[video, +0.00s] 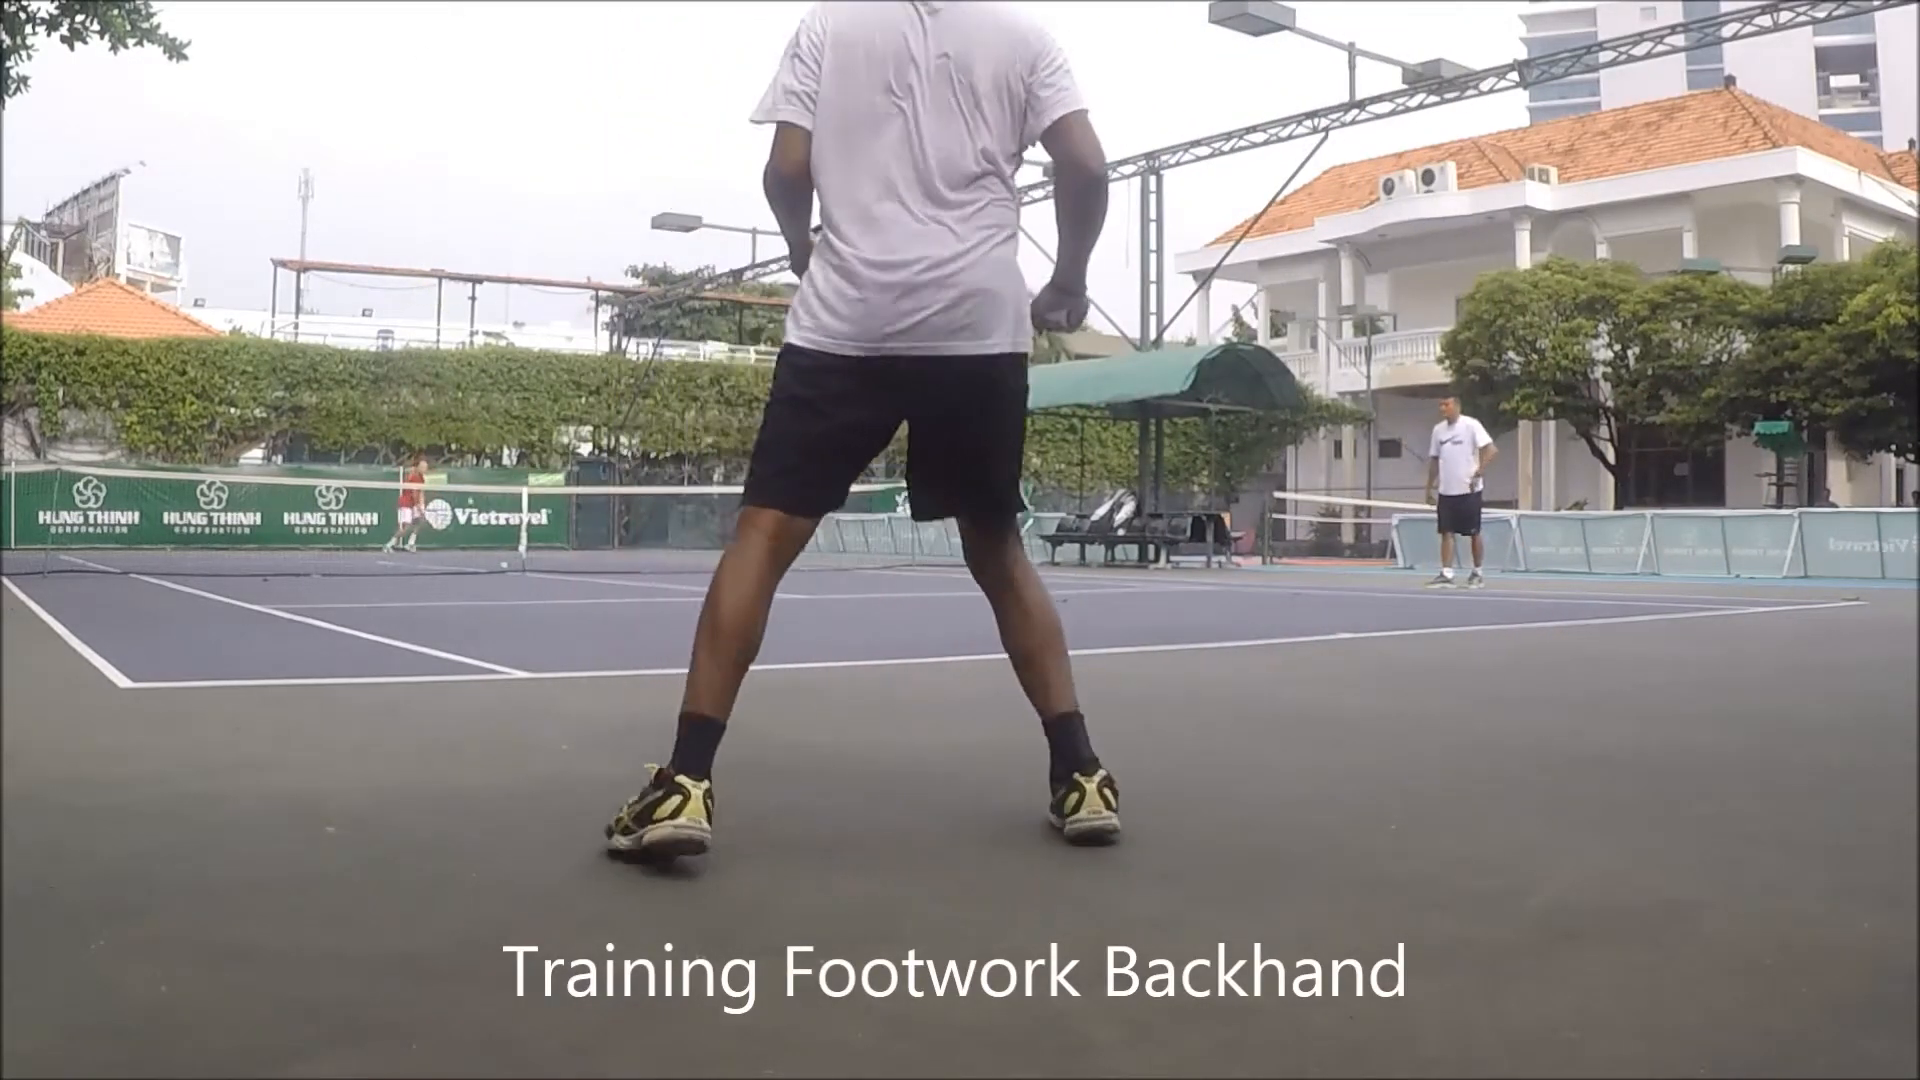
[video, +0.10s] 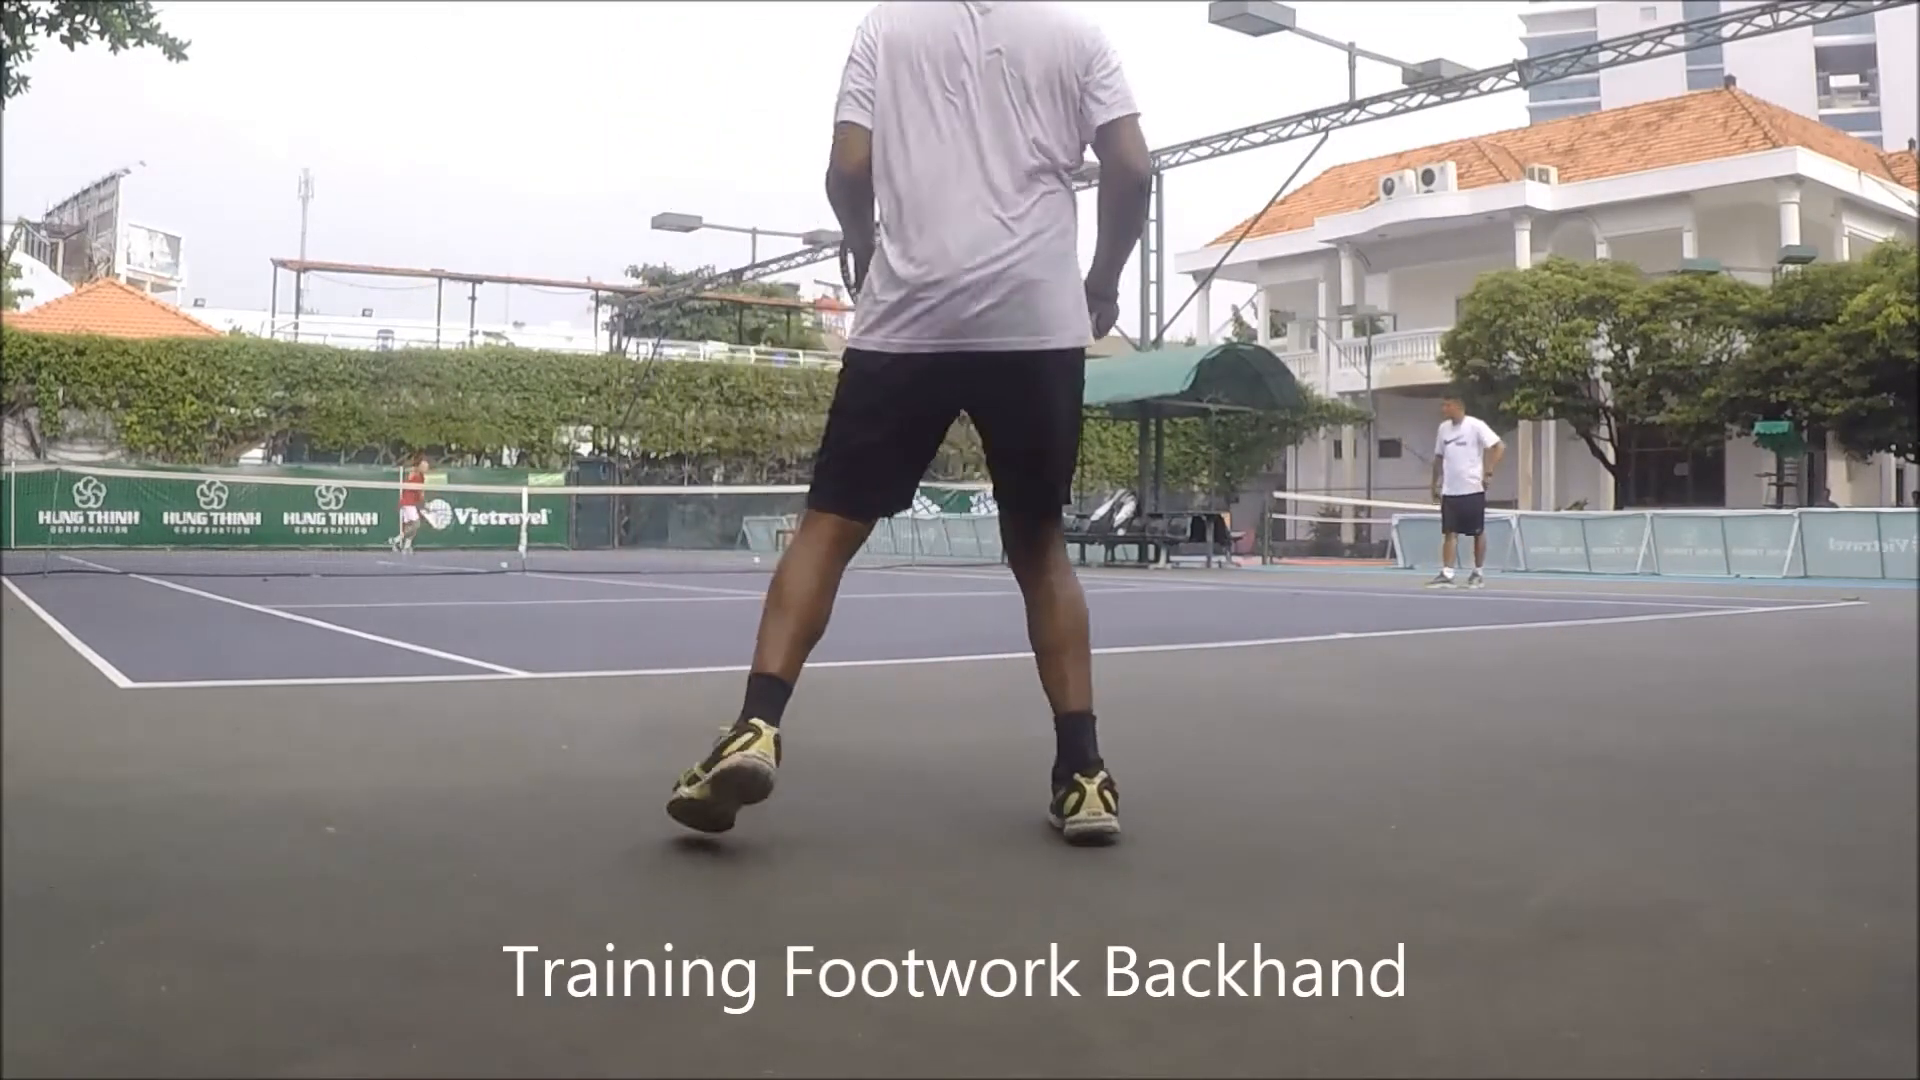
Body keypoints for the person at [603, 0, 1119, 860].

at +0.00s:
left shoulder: (828, 22)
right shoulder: (1020, 31)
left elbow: (788, 168)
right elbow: (1085, 164)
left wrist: (802, 249)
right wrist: (1069, 281)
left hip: (844, 325)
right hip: (978, 332)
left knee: (762, 539)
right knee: (999, 550)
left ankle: (685, 782)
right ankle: (1080, 773)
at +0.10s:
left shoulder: (884, 26)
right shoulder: (1074, 31)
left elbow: (850, 166)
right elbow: (1132, 167)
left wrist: (861, 251)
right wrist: (1105, 279)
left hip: (906, 323)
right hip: (1038, 327)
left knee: (828, 528)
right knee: (1040, 547)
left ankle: (756, 726)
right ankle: (1082, 772)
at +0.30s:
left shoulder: (953, 14)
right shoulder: (1143, 18)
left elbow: (916, 131)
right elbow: (1188, 148)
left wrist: (944, 221)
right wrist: (1148, 247)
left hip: (975, 294)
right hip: (1098, 290)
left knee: (977, 513)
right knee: (1090, 520)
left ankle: (996, 729)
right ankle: (1084, 765)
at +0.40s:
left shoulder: (977, 23)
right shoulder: (1161, 27)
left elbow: (938, 148)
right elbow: (1210, 161)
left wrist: (959, 233)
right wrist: (1162, 258)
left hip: (1007, 301)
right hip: (1124, 294)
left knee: (1037, 521)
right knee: (1103, 523)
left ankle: (1080, 733)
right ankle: (1080, 756)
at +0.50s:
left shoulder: (989, 56)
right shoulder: (1168, 47)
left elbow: (959, 190)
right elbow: (1224, 176)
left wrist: (990, 277)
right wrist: (1179, 267)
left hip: (1045, 332)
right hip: (1157, 321)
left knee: (1071, 538)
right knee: (1132, 527)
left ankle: (1101, 730)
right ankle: (1095, 724)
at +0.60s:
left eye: (1040, 13)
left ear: (1046, 13)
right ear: (1123, 8)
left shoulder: (1005, 78)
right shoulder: (1184, 66)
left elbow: (983, 216)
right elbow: (1242, 187)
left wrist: (1025, 284)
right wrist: (1191, 267)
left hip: (1064, 345)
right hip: (1176, 335)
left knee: (1086, 536)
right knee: (1188, 519)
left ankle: (1104, 738)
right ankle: (1148, 658)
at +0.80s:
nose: (1075, 26)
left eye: (1076, 17)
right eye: (1083, 17)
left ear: (1082, 21)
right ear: (1155, 22)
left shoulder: (1050, 102)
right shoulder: (1218, 90)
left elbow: (1038, 246)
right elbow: (1281, 207)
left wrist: (1095, 283)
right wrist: (1229, 273)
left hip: (1109, 349)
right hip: (1223, 337)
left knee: (1098, 545)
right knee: (1257, 516)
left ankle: (1106, 734)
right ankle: (1326, 704)